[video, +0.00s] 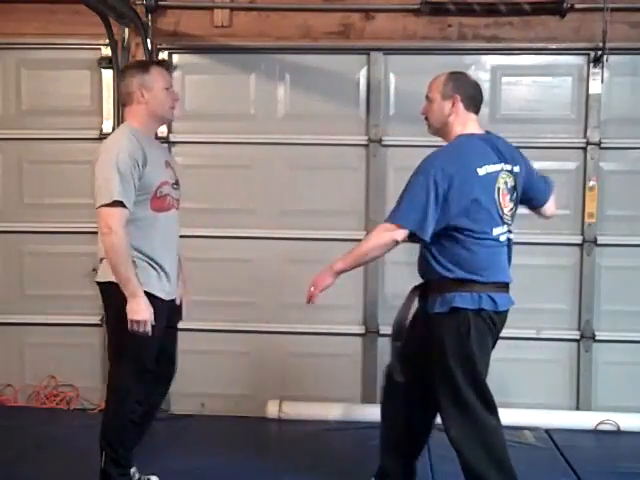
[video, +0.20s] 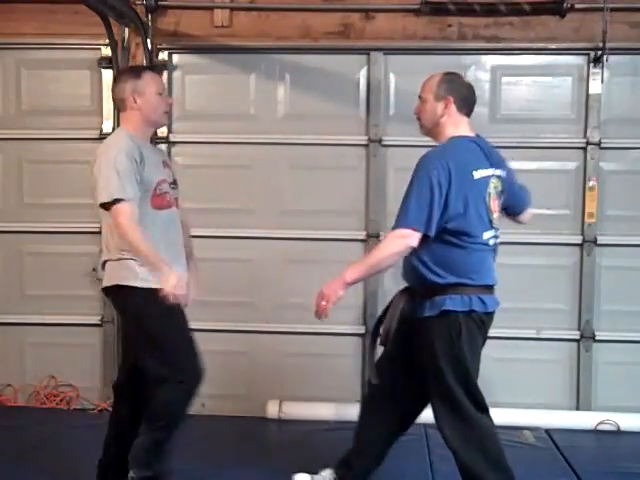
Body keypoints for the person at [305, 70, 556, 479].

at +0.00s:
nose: (423, 110)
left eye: (429, 101)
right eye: (425, 100)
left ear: (455, 105)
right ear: (463, 108)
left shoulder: (441, 164)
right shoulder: (505, 153)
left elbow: (394, 231)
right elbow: (548, 206)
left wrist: (335, 269)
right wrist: (514, 180)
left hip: (456, 304)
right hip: (488, 301)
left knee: (467, 414)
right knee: (405, 393)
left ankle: (497, 478)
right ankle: (392, 475)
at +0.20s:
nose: (416, 109)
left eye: (422, 100)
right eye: (418, 100)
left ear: (447, 106)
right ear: (456, 107)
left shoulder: (437, 161)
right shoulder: (488, 155)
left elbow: (407, 236)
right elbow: (522, 210)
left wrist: (342, 281)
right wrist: (483, 190)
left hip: (448, 304)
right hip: (472, 301)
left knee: (460, 414)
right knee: (392, 395)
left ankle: (496, 478)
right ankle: (346, 473)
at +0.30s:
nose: (404, 109)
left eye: (410, 101)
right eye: (406, 100)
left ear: (435, 108)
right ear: (442, 110)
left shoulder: (435, 163)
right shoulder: (466, 156)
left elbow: (409, 245)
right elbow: (482, 216)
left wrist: (343, 286)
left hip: (440, 307)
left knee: (455, 416)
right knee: (375, 404)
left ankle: (494, 476)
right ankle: (339, 474)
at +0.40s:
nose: (390, 109)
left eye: (396, 101)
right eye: (392, 101)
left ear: (419, 108)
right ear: (425, 109)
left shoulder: (431, 166)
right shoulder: (432, 158)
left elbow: (411, 251)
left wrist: (347, 289)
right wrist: (382, 167)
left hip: (427, 309)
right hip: (395, 307)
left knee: (449, 416)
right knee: (354, 403)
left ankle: (491, 477)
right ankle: (335, 473)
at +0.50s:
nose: (376, 106)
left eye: (382, 99)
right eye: (378, 98)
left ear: (405, 107)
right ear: (406, 108)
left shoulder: (427, 168)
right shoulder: (386, 156)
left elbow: (414, 251)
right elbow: (352, 169)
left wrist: (356, 289)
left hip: (421, 309)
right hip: (378, 307)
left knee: (442, 414)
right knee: (343, 404)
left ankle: (487, 477)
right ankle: (336, 475)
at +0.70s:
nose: (346, 102)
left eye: (354, 96)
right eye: (349, 94)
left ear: (380, 108)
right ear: (377, 107)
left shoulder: (409, 163)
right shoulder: (351, 156)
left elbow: (416, 246)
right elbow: (316, 190)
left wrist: (368, 294)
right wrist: (282, 193)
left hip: (418, 306)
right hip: (369, 305)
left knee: (437, 416)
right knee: (343, 404)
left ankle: (469, 476)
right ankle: (342, 477)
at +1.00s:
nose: (387, 110)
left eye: (399, 104)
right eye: (384, 101)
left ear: (423, 115)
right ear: (377, 105)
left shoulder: (434, 168)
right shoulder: (361, 161)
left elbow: (424, 248)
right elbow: (339, 212)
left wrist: (372, 292)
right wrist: (307, 252)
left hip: (431, 307)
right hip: (377, 306)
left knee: (451, 421)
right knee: (352, 414)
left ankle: (476, 477)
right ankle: (338, 477)